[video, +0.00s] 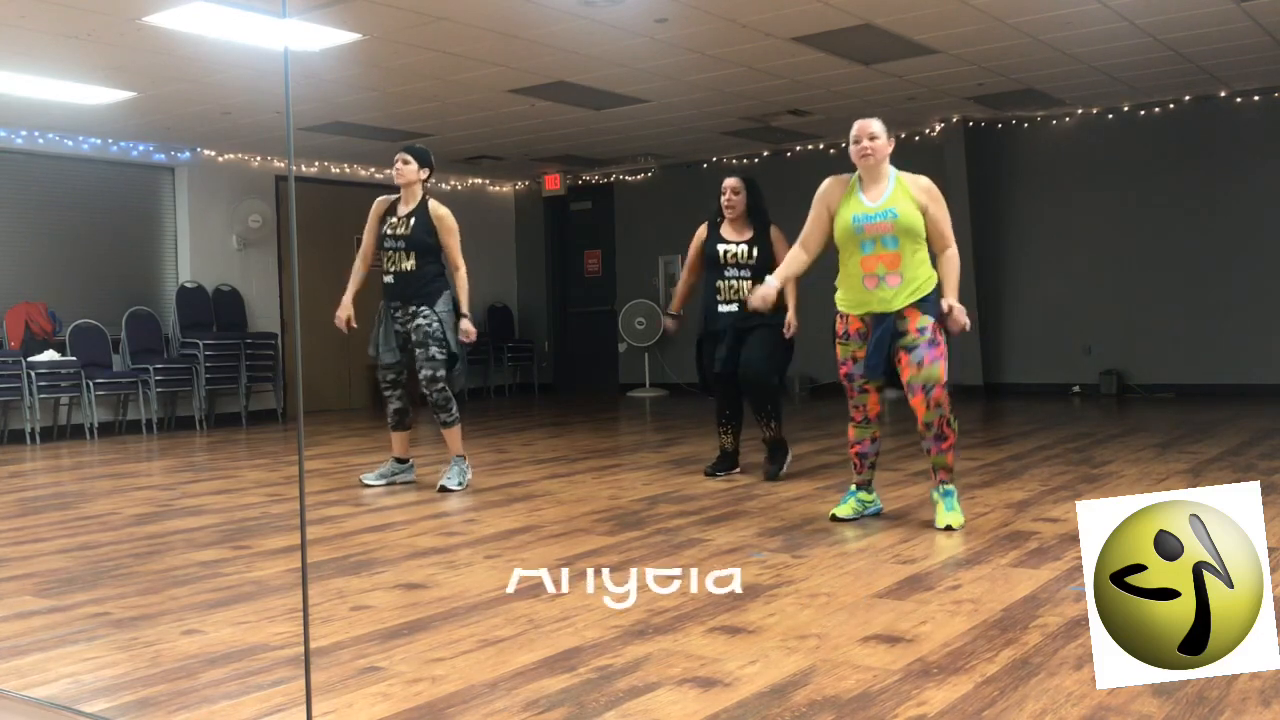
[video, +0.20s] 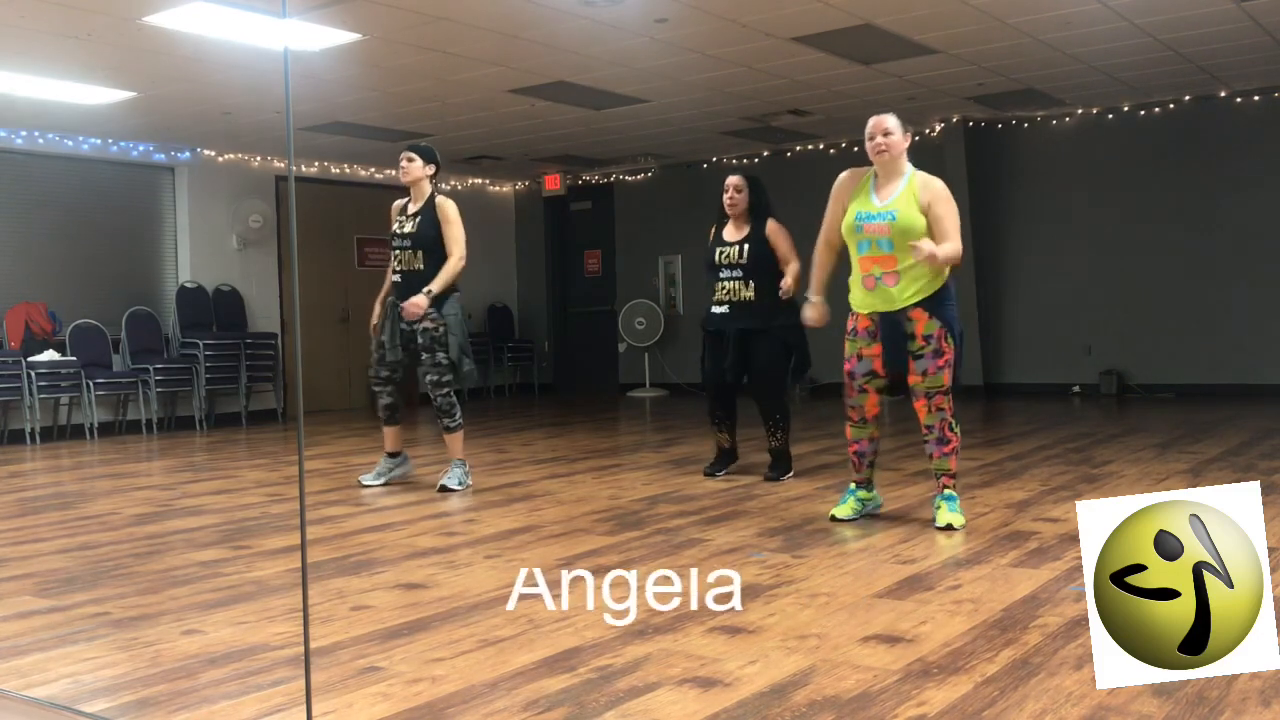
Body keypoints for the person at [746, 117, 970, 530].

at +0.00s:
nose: (864, 145)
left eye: (872, 137)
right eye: (856, 140)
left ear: (891, 144)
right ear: (849, 150)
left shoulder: (920, 188)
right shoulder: (834, 190)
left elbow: (946, 247)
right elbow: (804, 248)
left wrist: (950, 296)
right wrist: (774, 280)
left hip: (915, 311)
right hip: (856, 316)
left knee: (931, 397)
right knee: (861, 407)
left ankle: (945, 490)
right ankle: (863, 492)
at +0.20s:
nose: (879, 141)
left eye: (887, 133)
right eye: (872, 136)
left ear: (907, 140)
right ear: (865, 147)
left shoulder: (930, 188)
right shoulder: (849, 184)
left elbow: (954, 250)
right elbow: (827, 243)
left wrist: (936, 253)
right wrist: (816, 295)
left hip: (924, 307)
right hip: (866, 310)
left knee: (933, 400)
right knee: (859, 398)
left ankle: (946, 494)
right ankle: (863, 489)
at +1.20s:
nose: (849, 145)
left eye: (856, 138)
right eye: (841, 141)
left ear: (873, 148)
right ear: (831, 156)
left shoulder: (903, 184)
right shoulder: (822, 207)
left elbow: (938, 238)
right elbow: (810, 270)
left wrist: (955, 292)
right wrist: (787, 246)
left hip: (907, 311)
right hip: (847, 319)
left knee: (934, 385)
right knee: (851, 406)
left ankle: (930, 489)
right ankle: (865, 491)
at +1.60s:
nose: (873, 138)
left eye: (884, 131)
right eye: (869, 134)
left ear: (907, 139)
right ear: (864, 145)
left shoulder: (928, 188)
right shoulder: (849, 187)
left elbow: (952, 250)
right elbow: (814, 243)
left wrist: (932, 270)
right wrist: (790, 289)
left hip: (919, 310)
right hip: (864, 313)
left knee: (934, 403)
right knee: (863, 402)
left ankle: (949, 494)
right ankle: (867, 491)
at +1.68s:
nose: (880, 140)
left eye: (889, 133)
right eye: (876, 135)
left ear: (914, 142)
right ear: (872, 146)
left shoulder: (933, 189)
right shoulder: (858, 189)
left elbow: (954, 247)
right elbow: (848, 245)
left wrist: (915, 272)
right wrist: (843, 298)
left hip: (930, 309)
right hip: (875, 312)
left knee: (938, 401)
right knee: (834, 382)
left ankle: (949, 494)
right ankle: (859, 473)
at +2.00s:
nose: (873, 142)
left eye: (882, 134)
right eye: (868, 137)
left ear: (906, 140)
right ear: (864, 148)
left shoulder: (930, 182)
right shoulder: (855, 195)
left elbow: (956, 242)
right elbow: (854, 257)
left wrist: (964, 304)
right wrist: (830, 300)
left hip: (921, 309)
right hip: (867, 313)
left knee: (933, 402)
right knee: (861, 400)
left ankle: (948, 495)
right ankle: (867, 491)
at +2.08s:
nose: (871, 142)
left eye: (879, 135)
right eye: (864, 138)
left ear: (898, 142)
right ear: (857, 148)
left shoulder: (924, 184)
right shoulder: (845, 200)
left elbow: (966, 238)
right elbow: (831, 262)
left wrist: (977, 298)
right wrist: (795, 273)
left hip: (917, 310)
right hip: (861, 315)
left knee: (930, 402)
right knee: (864, 404)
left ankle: (947, 494)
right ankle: (867, 492)